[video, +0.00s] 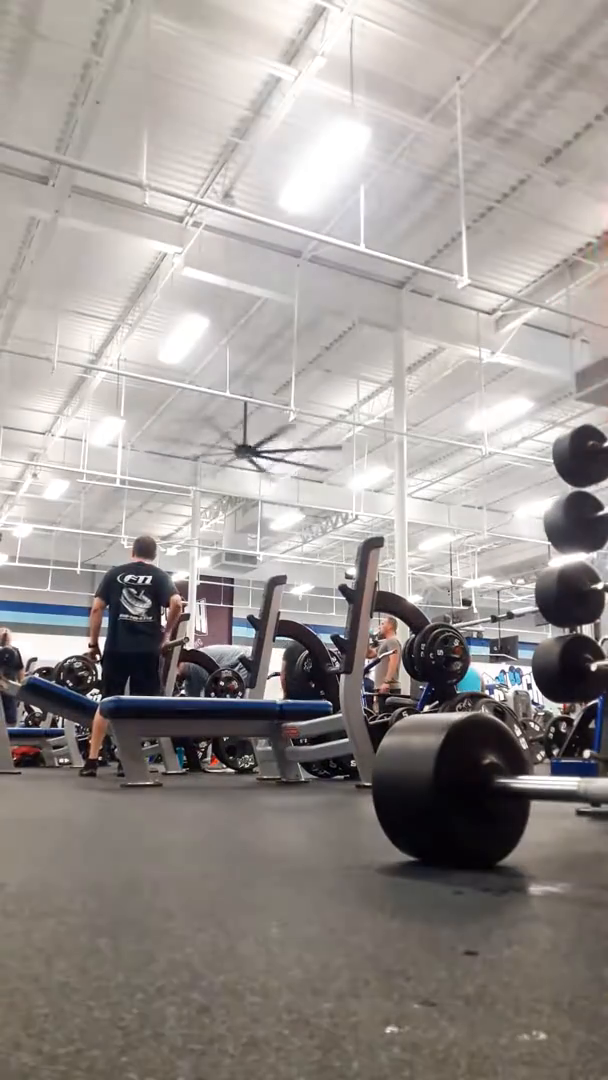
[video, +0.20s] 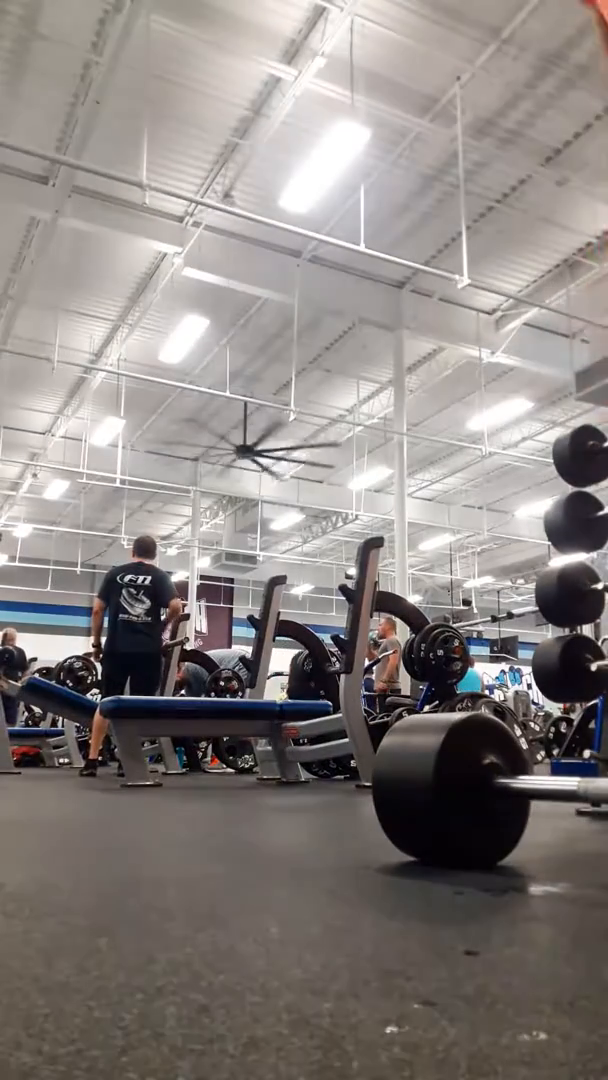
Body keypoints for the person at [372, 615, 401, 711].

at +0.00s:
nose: (380, 626)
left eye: (383, 623)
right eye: (381, 623)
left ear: (390, 626)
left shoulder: (392, 641)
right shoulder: (385, 642)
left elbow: (394, 662)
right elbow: (370, 654)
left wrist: (387, 682)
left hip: (388, 688)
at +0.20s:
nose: (379, 628)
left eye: (381, 625)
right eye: (379, 625)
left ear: (388, 627)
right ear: (389, 627)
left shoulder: (392, 641)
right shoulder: (386, 643)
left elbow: (393, 661)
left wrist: (384, 681)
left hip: (389, 688)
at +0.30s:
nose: (377, 629)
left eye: (379, 626)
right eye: (377, 626)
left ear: (387, 627)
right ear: (387, 627)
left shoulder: (391, 641)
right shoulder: (387, 642)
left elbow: (393, 661)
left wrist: (382, 679)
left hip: (388, 689)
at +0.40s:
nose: (376, 631)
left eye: (378, 628)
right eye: (376, 628)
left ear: (386, 627)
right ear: (385, 628)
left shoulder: (392, 641)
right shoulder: (386, 642)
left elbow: (393, 660)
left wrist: (377, 675)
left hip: (388, 688)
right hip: (383, 687)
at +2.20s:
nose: (379, 632)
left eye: (380, 629)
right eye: (379, 629)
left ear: (385, 628)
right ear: (391, 629)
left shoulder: (388, 643)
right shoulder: (397, 642)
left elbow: (384, 663)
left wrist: (373, 670)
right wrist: (376, 670)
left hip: (387, 692)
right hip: (396, 690)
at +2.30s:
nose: (378, 632)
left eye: (379, 629)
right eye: (378, 630)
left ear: (385, 628)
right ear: (391, 629)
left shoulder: (386, 643)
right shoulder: (398, 643)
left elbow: (383, 663)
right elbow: (403, 670)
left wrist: (373, 670)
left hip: (386, 692)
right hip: (397, 691)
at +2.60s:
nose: (378, 631)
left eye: (381, 628)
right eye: (378, 628)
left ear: (390, 629)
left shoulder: (389, 643)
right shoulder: (396, 643)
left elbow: (384, 666)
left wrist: (372, 680)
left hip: (385, 692)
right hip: (394, 691)